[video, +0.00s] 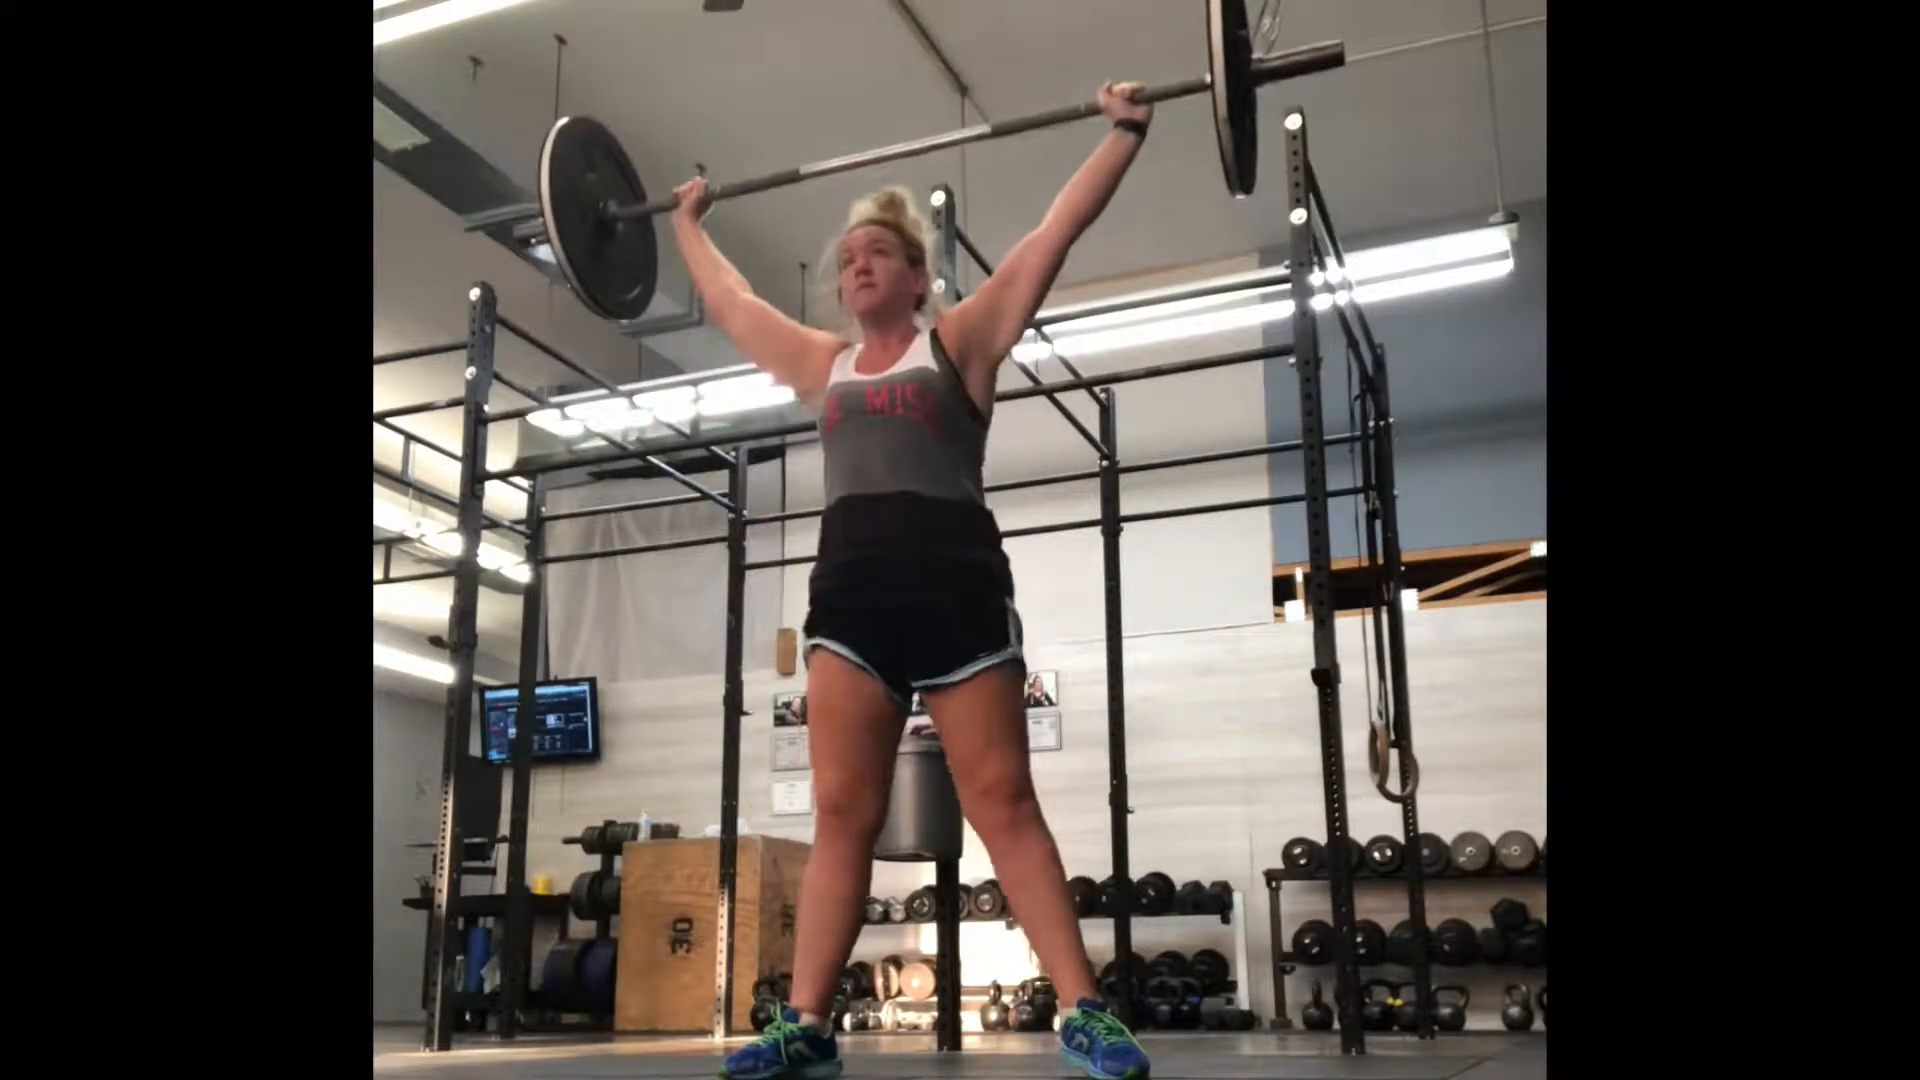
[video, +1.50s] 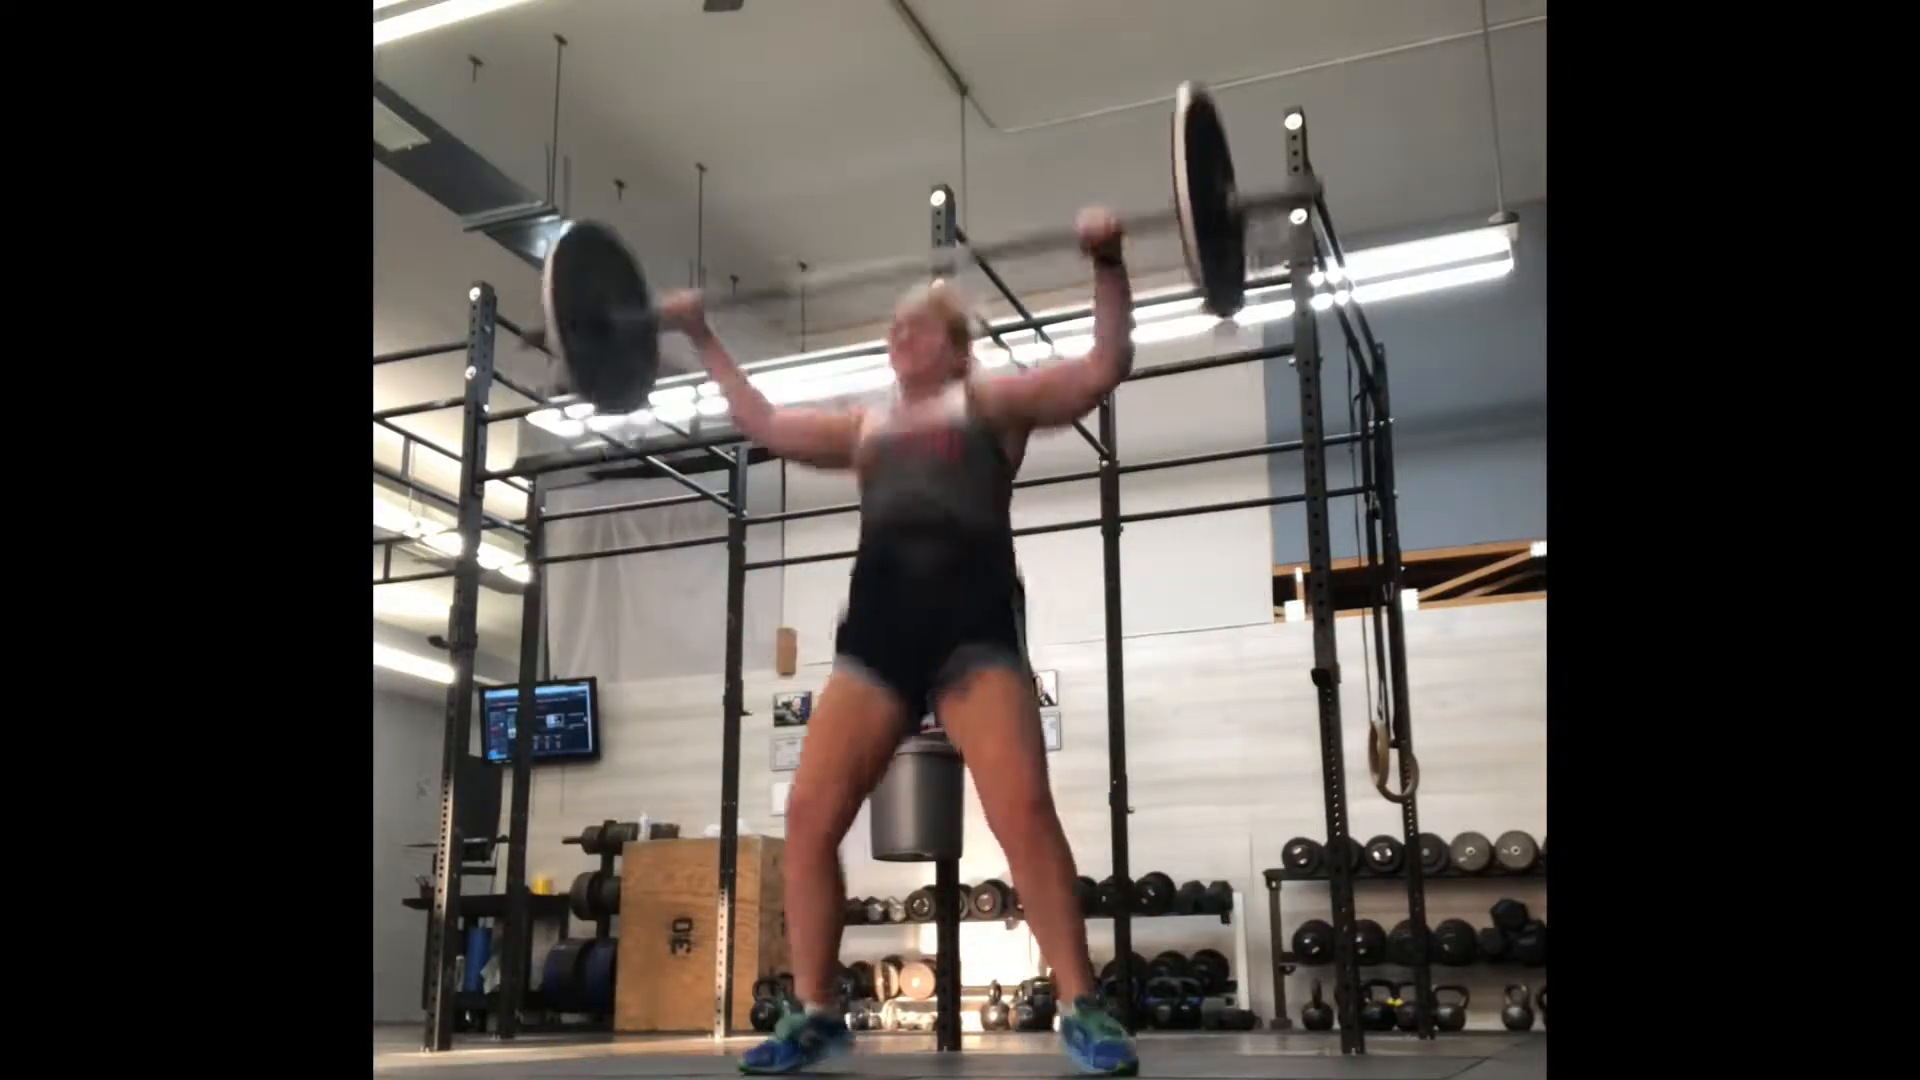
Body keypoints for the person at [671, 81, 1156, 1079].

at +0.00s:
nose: (859, 264)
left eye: (876, 252)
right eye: (849, 257)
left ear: (917, 269)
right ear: (838, 280)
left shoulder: (963, 336)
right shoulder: (824, 364)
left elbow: (1054, 233)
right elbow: (731, 303)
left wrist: (1124, 133)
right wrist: (685, 221)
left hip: (957, 595)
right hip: (847, 603)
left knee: (1003, 804)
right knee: (839, 812)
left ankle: (1080, 1007)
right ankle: (806, 1025)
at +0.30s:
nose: (841, 285)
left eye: (857, 273)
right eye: (829, 276)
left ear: (896, 288)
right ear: (818, 294)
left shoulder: (936, 356)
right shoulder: (800, 374)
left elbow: (1025, 261)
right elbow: (716, 315)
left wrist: (1098, 163)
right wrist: (671, 236)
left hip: (924, 602)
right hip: (817, 613)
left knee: (986, 795)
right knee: (828, 818)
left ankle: (1079, 993)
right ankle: (806, 1025)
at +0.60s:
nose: (821, 597)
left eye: (841, 583)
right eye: (813, 586)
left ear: (887, 601)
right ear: (807, 602)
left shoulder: (941, 671)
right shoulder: (812, 694)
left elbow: (1031, 794)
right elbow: (756, 808)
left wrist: (1117, 902)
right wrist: (678, 916)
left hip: (974, 817)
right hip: (889, 825)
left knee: (1016, 845)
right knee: (788, 852)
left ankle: (1037, 1019)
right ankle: (844, 1025)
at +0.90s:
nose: (821, 569)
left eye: (840, 552)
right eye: (811, 554)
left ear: (886, 562)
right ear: (803, 563)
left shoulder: (946, 622)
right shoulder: (813, 650)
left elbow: (1041, 745)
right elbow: (756, 764)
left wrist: (1116, 855)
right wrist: (691, 864)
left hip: (999, 735)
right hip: (905, 747)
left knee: (1008, 825)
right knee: (832, 836)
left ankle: (1039, 1021)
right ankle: (844, 1026)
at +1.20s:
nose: (860, 372)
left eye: (876, 358)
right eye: (859, 358)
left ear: (921, 369)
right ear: (855, 375)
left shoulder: (965, 454)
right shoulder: (840, 477)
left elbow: (1084, 499)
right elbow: (744, 545)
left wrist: (1101, 600)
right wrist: (688, 627)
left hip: (986, 674)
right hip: (886, 680)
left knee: (1002, 825)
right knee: (826, 831)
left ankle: (1039, 1013)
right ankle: (840, 1020)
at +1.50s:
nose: (899, 344)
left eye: (915, 330)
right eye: (893, 334)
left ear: (956, 339)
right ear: (891, 349)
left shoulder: (994, 402)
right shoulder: (866, 425)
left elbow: (1102, 369)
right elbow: (761, 424)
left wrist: (1106, 264)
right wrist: (700, 333)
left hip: (977, 638)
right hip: (875, 644)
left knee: (1025, 813)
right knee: (808, 813)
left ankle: (1079, 1005)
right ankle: (815, 1014)